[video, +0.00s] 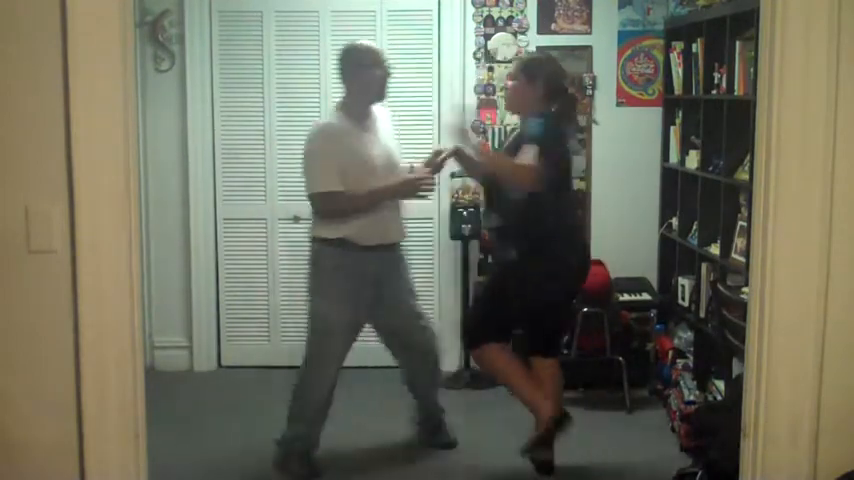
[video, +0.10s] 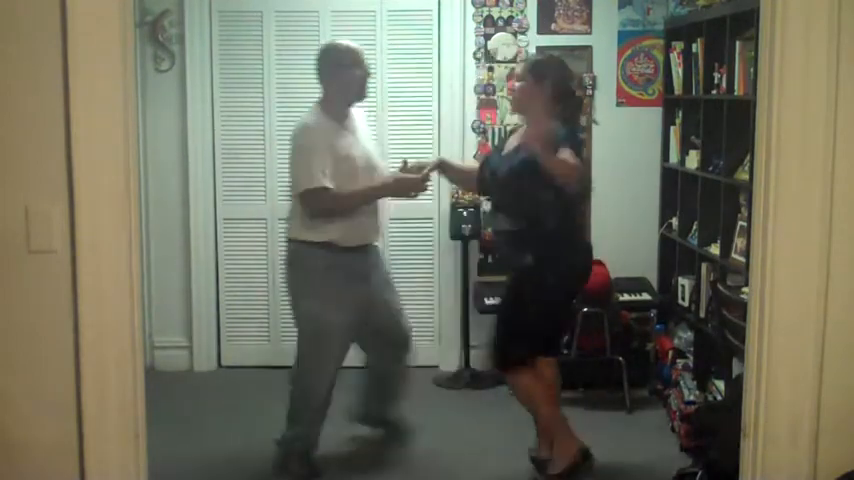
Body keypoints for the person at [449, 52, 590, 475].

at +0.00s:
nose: (508, 87)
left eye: (515, 81)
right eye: (511, 80)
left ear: (537, 88)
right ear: (538, 89)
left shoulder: (540, 131)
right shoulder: (537, 132)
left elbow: (527, 179)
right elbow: (506, 183)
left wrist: (478, 153)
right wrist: (466, 160)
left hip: (539, 257)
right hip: (556, 256)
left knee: (481, 337)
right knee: (544, 347)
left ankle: (544, 409)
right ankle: (545, 443)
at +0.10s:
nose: (513, 86)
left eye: (522, 80)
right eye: (516, 79)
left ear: (546, 90)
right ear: (540, 92)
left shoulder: (562, 136)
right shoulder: (520, 139)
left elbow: (573, 177)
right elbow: (485, 180)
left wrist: (541, 152)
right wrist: (443, 165)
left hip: (555, 260)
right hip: (532, 260)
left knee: (510, 358)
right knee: (542, 353)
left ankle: (566, 445)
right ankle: (547, 442)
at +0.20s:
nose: (516, 89)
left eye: (526, 82)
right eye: (519, 81)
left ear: (552, 91)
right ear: (542, 93)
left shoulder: (569, 140)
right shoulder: (523, 138)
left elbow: (595, 187)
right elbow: (489, 183)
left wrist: (561, 154)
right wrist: (440, 177)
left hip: (561, 266)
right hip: (533, 265)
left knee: (546, 365)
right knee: (529, 360)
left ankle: (578, 458)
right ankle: (556, 443)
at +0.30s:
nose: (519, 87)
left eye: (529, 81)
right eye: (522, 81)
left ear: (554, 90)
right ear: (540, 92)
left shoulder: (572, 136)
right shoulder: (523, 139)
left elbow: (579, 190)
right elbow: (485, 179)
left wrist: (534, 160)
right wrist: (434, 175)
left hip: (565, 262)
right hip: (531, 262)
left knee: (553, 361)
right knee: (514, 348)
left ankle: (580, 459)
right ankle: (561, 410)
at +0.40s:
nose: (519, 88)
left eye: (528, 82)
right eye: (522, 81)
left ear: (554, 90)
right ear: (542, 92)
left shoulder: (571, 137)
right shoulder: (526, 137)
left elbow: (550, 199)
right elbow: (488, 172)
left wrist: (498, 175)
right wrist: (430, 169)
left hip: (566, 267)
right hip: (532, 265)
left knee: (557, 364)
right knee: (498, 342)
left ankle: (580, 458)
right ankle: (553, 384)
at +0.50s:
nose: (517, 88)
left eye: (526, 82)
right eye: (520, 81)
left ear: (553, 91)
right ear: (540, 93)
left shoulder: (562, 140)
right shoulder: (524, 136)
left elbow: (528, 203)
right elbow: (482, 170)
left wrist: (477, 195)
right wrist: (427, 167)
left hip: (563, 267)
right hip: (528, 265)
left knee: (560, 365)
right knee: (495, 344)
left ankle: (581, 459)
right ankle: (533, 425)